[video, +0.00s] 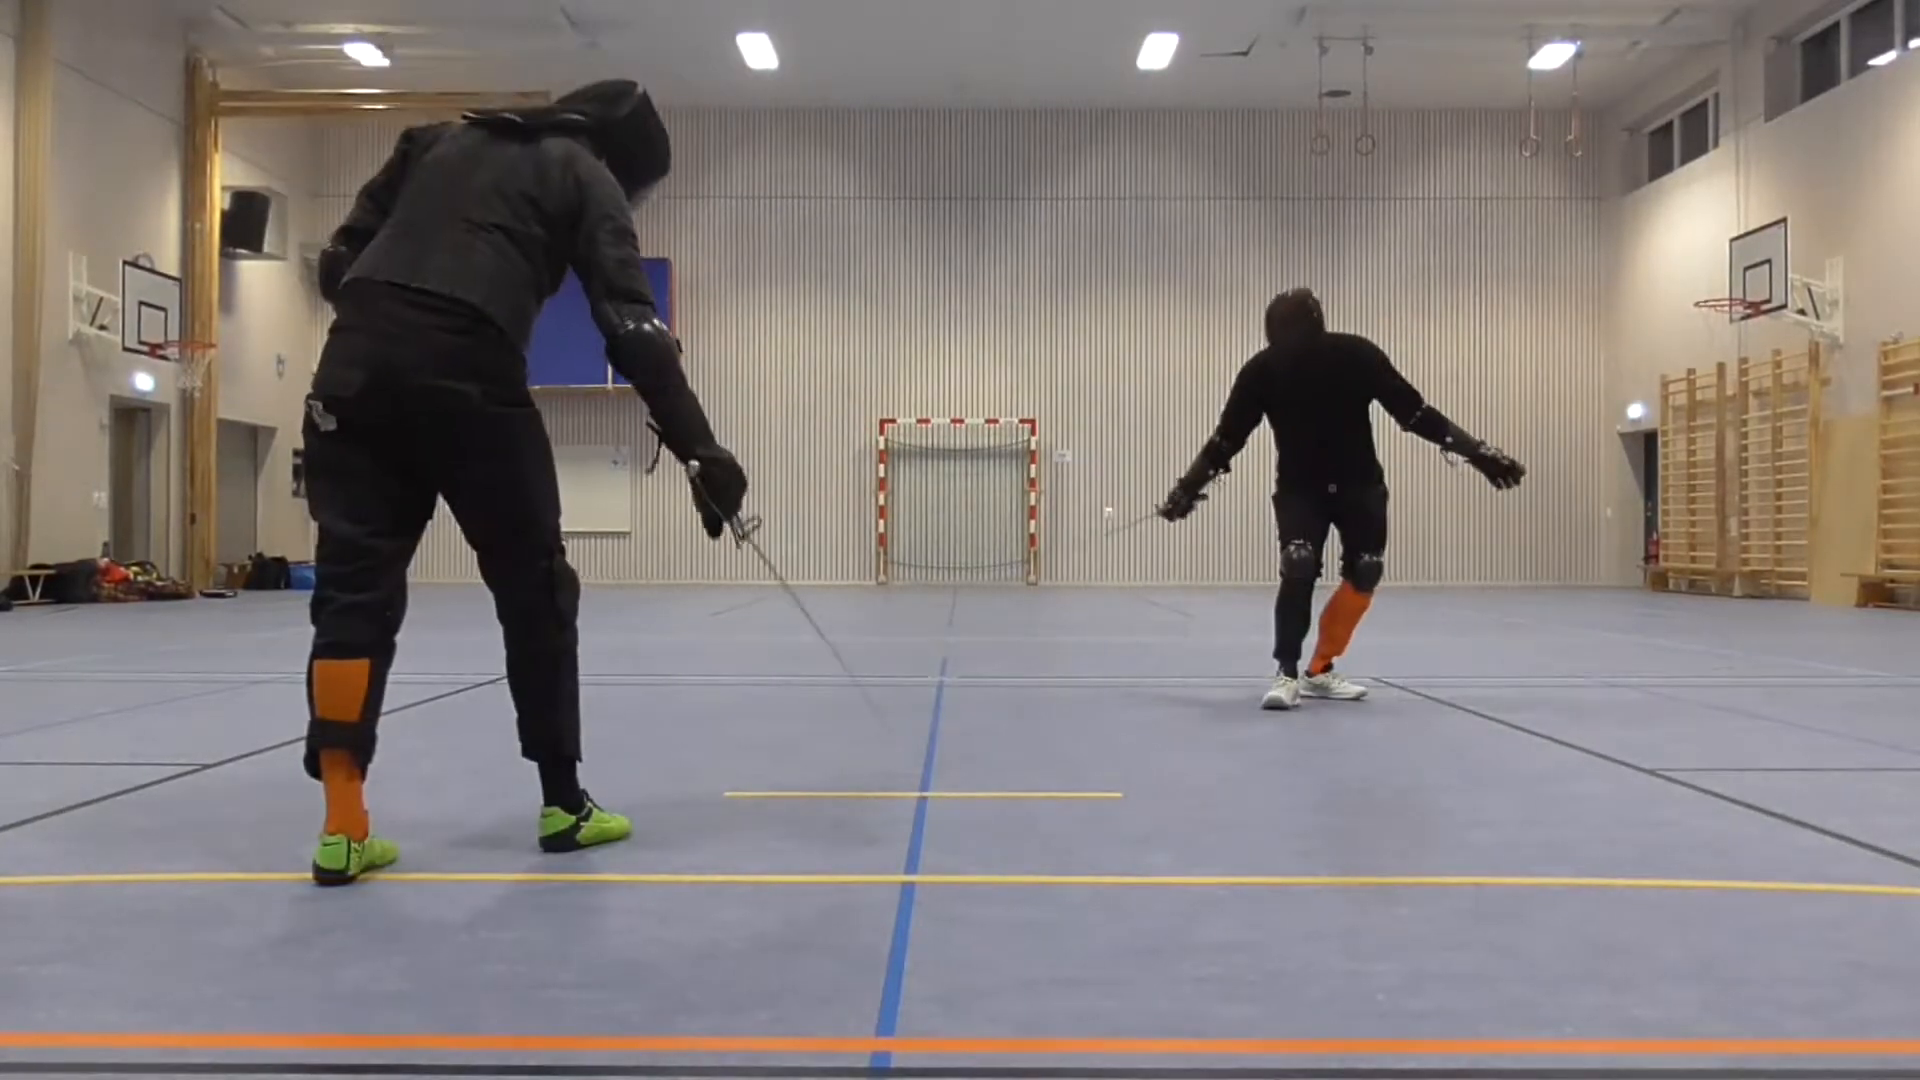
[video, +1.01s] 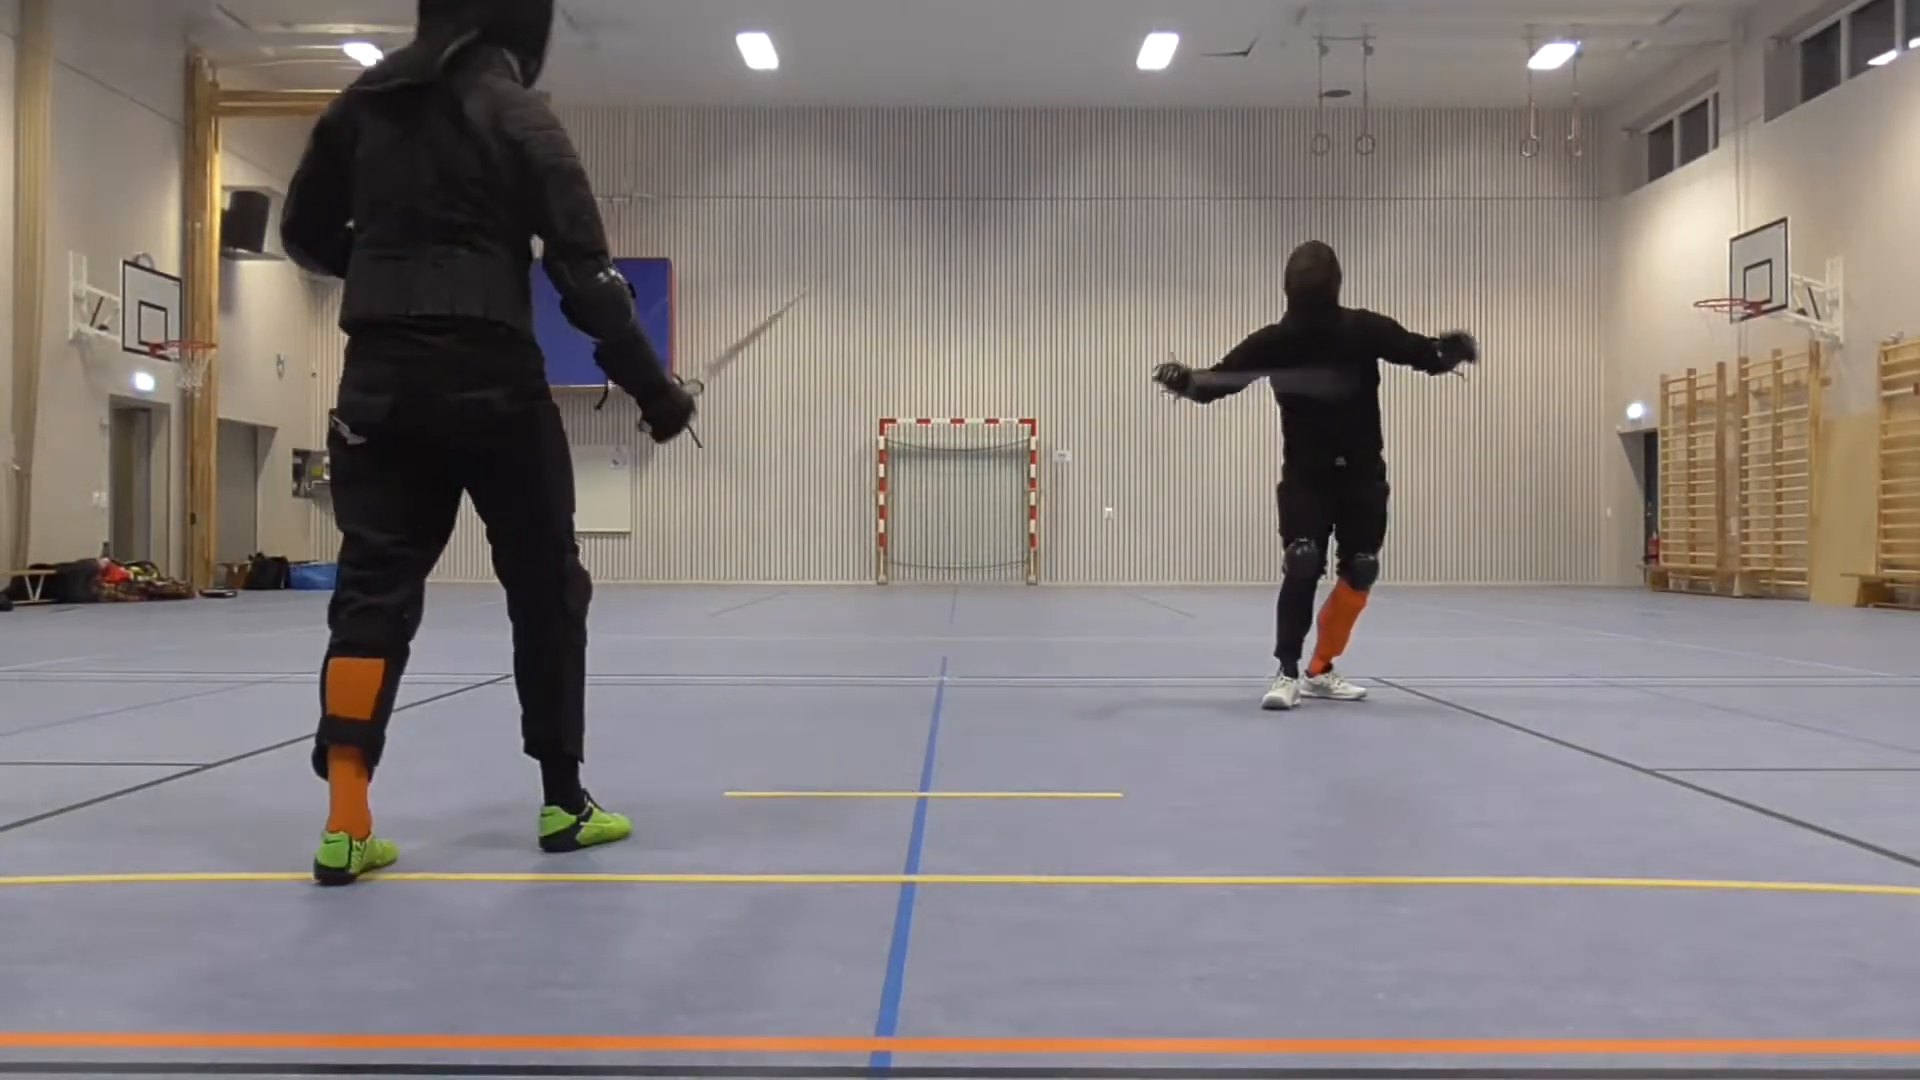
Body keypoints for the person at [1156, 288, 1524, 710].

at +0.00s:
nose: (1277, 341)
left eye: (1278, 331)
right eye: (1276, 331)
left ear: (1283, 328)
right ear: (1318, 320)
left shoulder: (1357, 358)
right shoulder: (1262, 375)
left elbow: (1414, 413)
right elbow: (1227, 439)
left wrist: (1477, 453)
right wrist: (1188, 488)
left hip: (1358, 483)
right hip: (1300, 486)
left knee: (1366, 572)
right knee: (1299, 569)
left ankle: (1319, 671)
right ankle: (1286, 675)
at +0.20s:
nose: (1274, 384)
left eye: (1280, 375)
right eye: (1267, 375)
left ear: (1301, 363)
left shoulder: (1349, 373)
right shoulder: (1257, 395)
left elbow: (1406, 408)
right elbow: (1247, 448)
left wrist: (1461, 423)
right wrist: (1229, 485)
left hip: (1361, 488)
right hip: (1303, 492)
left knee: (1368, 576)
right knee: (1300, 572)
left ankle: (1320, 671)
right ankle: (1286, 675)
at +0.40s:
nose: (1270, 393)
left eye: (1274, 383)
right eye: (1263, 386)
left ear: (1298, 371)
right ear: (1258, 378)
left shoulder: (1346, 380)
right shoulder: (1256, 403)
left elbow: (1408, 410)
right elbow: (1248, 453)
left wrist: (1464, 421)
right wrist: (1231, 485)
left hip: (1366, 490)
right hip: (1307, 495)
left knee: (1370, 577)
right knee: (1303, 571)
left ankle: (1320, 671)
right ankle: (1286, 674)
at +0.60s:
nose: (1269, 345)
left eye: (1270, 333)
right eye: (1267, 336)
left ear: (1279, 330)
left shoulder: (1354, 359)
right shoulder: (1262, 380)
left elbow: (1414, 405)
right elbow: (1233, 444)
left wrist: (1481, 426)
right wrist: (1200, 490)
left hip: (1367, 486)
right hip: (1309, 489)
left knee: (1366, 578)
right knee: (1305, 573)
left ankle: (1319, 670)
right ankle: (1286, 674)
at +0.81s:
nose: (1292, 317)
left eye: (1297, 305)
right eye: (1288, 307)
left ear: (1307, 301)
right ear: (1322, 294)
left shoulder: (1362, 342)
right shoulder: (1268, 356)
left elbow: (1429, 371)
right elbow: (1209, 402)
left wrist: (1491, 392)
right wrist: (1163, 445)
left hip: (1367, 478)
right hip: (1309, 482)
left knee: (1361, 576)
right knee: (1304, 571)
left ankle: (1319, 670)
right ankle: (1287, 673)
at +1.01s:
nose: (1312, 292)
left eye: (1315, 281)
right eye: (1309, 282)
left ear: (1294, 284)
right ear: (1334, 282)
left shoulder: (1364, 331)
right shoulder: (1275, 341)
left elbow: (1422, 354)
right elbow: (1217, 383)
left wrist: (1451, 349)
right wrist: (1187, 380)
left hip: (1361, 476)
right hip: (1305, 478)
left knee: (1359, 573)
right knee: (1303, 564)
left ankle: (1319, 672)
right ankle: (1286, 674)